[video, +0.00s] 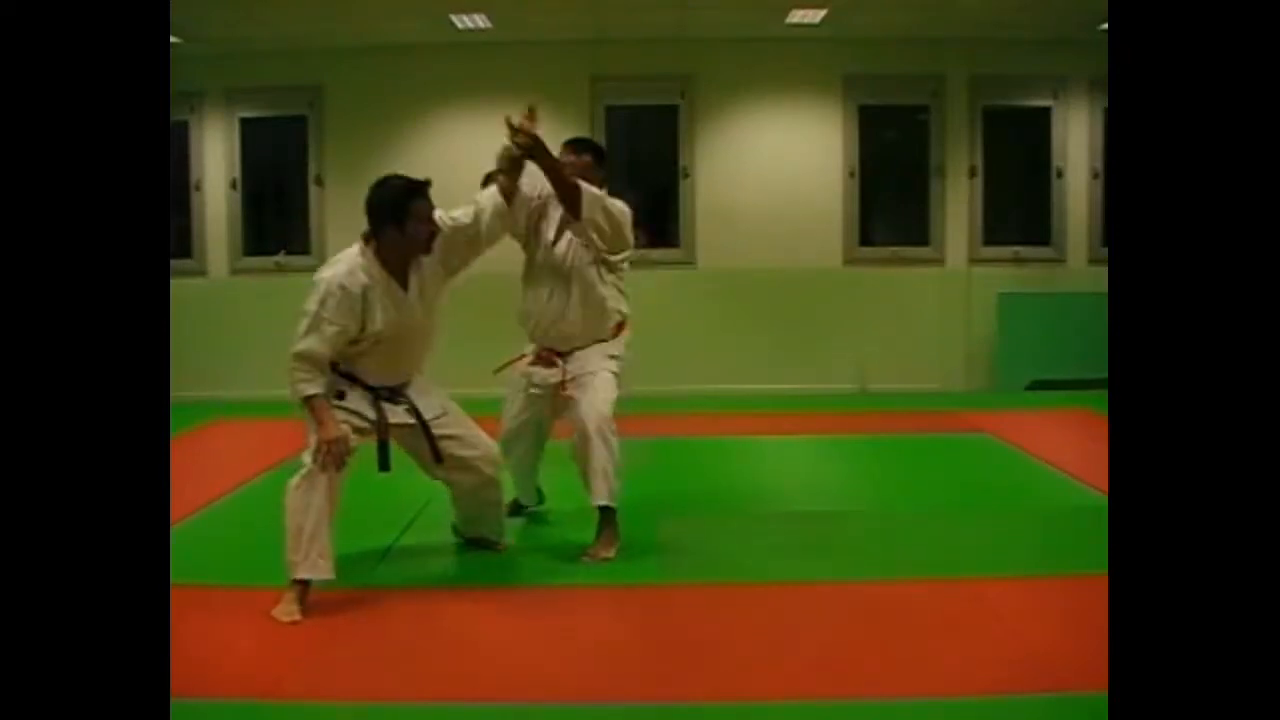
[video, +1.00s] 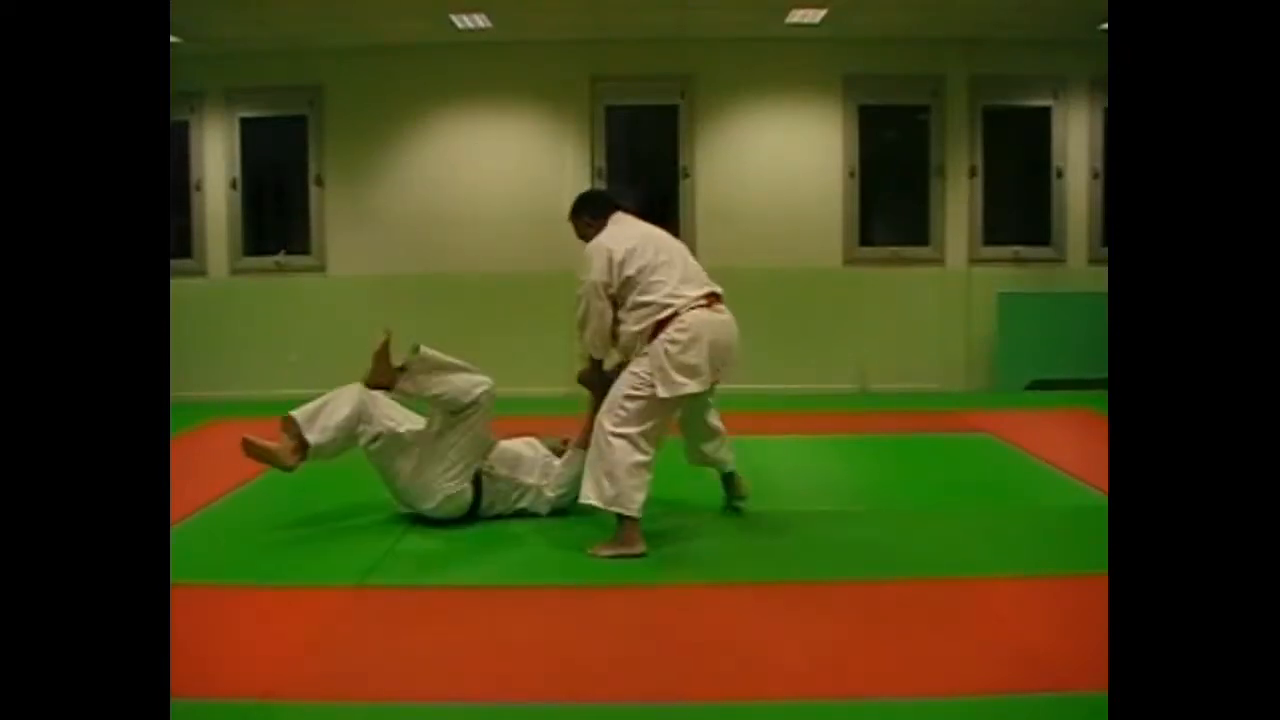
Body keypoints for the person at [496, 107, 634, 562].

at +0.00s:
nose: (564, 169)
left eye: (574, 163)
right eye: (560, 163)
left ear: (595, 171)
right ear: (555, 169)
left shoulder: (614, 217)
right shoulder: (539, 209)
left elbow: (574, 195)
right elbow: (500, 194)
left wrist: (539, 155)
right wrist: (513, 159)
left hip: (595, 348)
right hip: (544, 349)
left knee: (594, 420)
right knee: (516, 431)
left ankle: (607, 521)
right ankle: (527, 498)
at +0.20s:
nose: (554, 191)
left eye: (561, 182)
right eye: (553, 182)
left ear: (588, 177)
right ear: (581, 180)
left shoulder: (612, 209)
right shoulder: (590, 212)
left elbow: (558, 238)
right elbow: (551, 278)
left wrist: (506, 240)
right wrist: (507, 262)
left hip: (637, 340)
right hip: (608, 339)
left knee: (578, 425)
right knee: (564, 417)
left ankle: (621, 530)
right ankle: (563, 491)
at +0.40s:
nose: (566, 213)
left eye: (571, 203)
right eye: (565, 203)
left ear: (597, 195)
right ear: (601, 195)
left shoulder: (617, 230)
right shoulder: (629, 215)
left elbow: (608, 312)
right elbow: (620, 304)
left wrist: (577, 326)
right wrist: (582, 322)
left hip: (677, 349)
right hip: (690, 337)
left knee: (606, 421)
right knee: (661, 415)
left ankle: (623, 536)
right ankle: (726, 482)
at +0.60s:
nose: (598, 233)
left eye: (599, 221)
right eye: (595, 223)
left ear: (619, 210)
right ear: (627, 208)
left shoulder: (643, 241)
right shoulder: (665, 226)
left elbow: (641, 322)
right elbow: (660, 314)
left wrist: (605, 345)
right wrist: (610, 342)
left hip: (714, 346)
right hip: (739, 334)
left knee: (637, 420)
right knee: (740, 435)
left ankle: (630, 537)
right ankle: (799, 509)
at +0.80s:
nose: (597, 237)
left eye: (597, 226)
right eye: (593, 228)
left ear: (613, 219)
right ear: (629, 215)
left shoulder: (632, 253)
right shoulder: (665, 235)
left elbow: (621, 329)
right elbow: (649, 321)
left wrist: (602, 366)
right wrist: (610, 360)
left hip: (707, 348)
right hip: (742, 337)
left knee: (630, 421)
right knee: (744, 437)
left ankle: (629, 534)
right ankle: (801, 510)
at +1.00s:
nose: (580, 237)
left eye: (579, 229)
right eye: (577, 230)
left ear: (591, 220)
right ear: (612, 212)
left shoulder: (603, 247)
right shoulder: (647, 232)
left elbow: (598, 321)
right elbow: (648, 313)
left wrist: (593, 368)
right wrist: (618, 366)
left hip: (678, 334)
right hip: (721, 324)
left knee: (616, 424)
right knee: (698, 413)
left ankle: (628, 533)